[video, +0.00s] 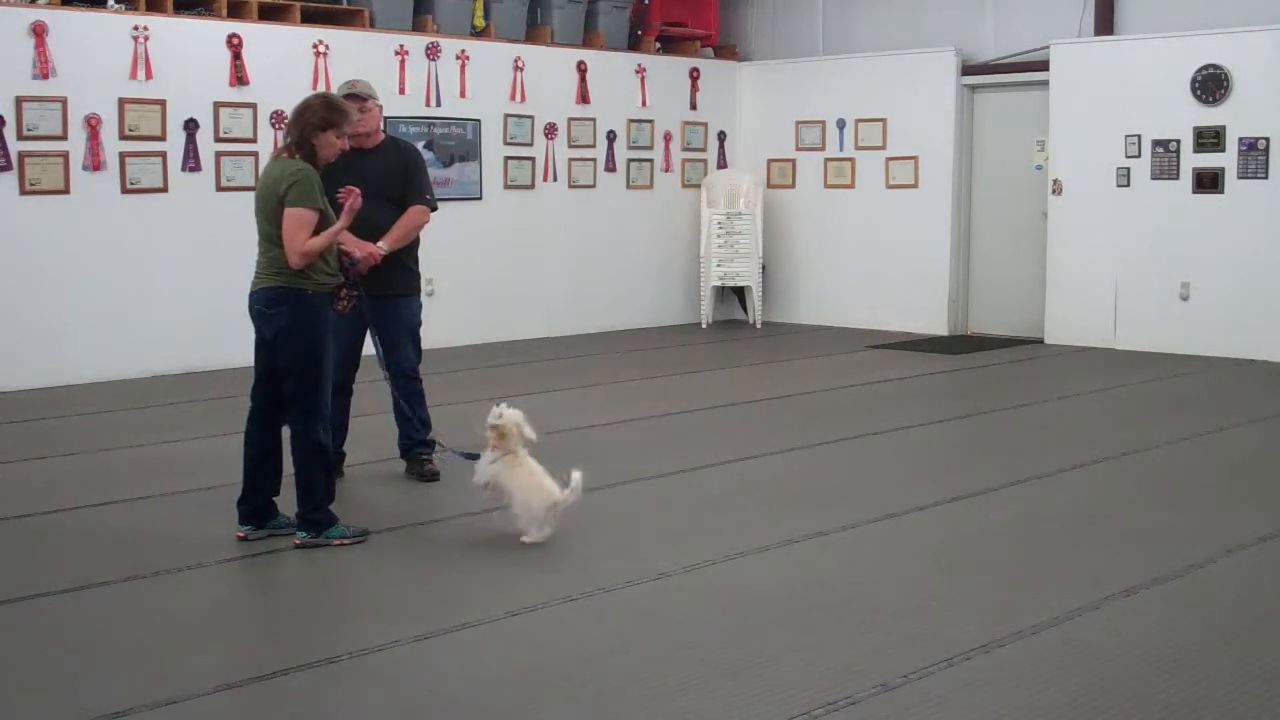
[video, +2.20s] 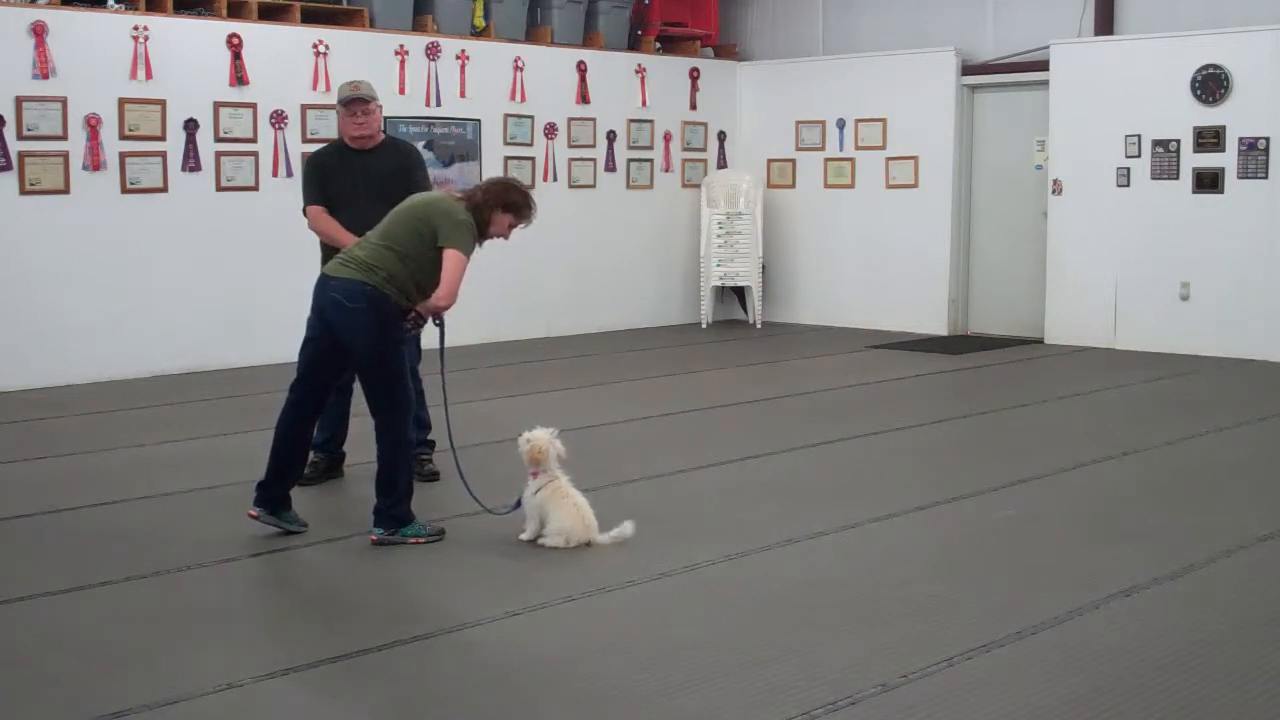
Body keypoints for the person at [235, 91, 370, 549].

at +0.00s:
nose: (344, 147)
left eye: (346, 139)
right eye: (340, 138)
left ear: (312, 133)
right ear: (316, 132)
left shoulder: (277, 170)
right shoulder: (302, 176)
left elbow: (293, 238)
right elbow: (297, 253)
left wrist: (339, 219)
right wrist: (341, 224)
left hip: (272, 299)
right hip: (299, 302)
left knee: (266, 409)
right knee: (311, 412)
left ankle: (256, 514)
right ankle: (316, 519)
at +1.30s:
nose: (363, 154)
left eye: (364, 146)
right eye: (358, 144)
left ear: (331, 140)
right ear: (335, 138)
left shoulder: (307, 177)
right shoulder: (314, 179)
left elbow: (331, 236)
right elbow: (317, 253)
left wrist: (356, 257)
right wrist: (348, 280)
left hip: (287, 306)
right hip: (303, 307)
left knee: (270, 414)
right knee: (351, 405)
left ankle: (256, 515)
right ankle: (375, 515)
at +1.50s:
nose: (414, 173)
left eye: (417, 166)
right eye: (411, 164)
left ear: (384, 153)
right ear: (388, 153)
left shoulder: (340, 181)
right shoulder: (367, 190)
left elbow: (332, 249)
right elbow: (363, 269)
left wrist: (375, 275)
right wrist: (377, 290)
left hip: (297, 306)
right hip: (329, 310)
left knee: (281, 413)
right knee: (373, 412)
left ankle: (256, 515)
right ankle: (391, 518)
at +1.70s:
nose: (465, 195)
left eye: (469, 188)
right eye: (464, 185)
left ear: (437, 171)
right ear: (444, 175)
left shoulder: (387, 187)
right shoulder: (413, 202)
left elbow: (362, 248)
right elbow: (402, 278)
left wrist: (397, 292)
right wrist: (400, 304)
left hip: (311, 296)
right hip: (347, 305)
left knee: (292, 404)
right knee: (382, 412)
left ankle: (261, 509)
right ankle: (391, 519)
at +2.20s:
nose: (509, 233)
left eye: (515, 227)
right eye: (511, 223)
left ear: (489, 201)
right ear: (494, 206)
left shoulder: (433, 203)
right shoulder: (460, 221)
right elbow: (445, 297)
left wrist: (419, 305)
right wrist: (424, 308)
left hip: (333, 291)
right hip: (372, 303)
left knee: (306, 398)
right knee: (395, 416)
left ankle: (270, 499)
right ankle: (393, 520)